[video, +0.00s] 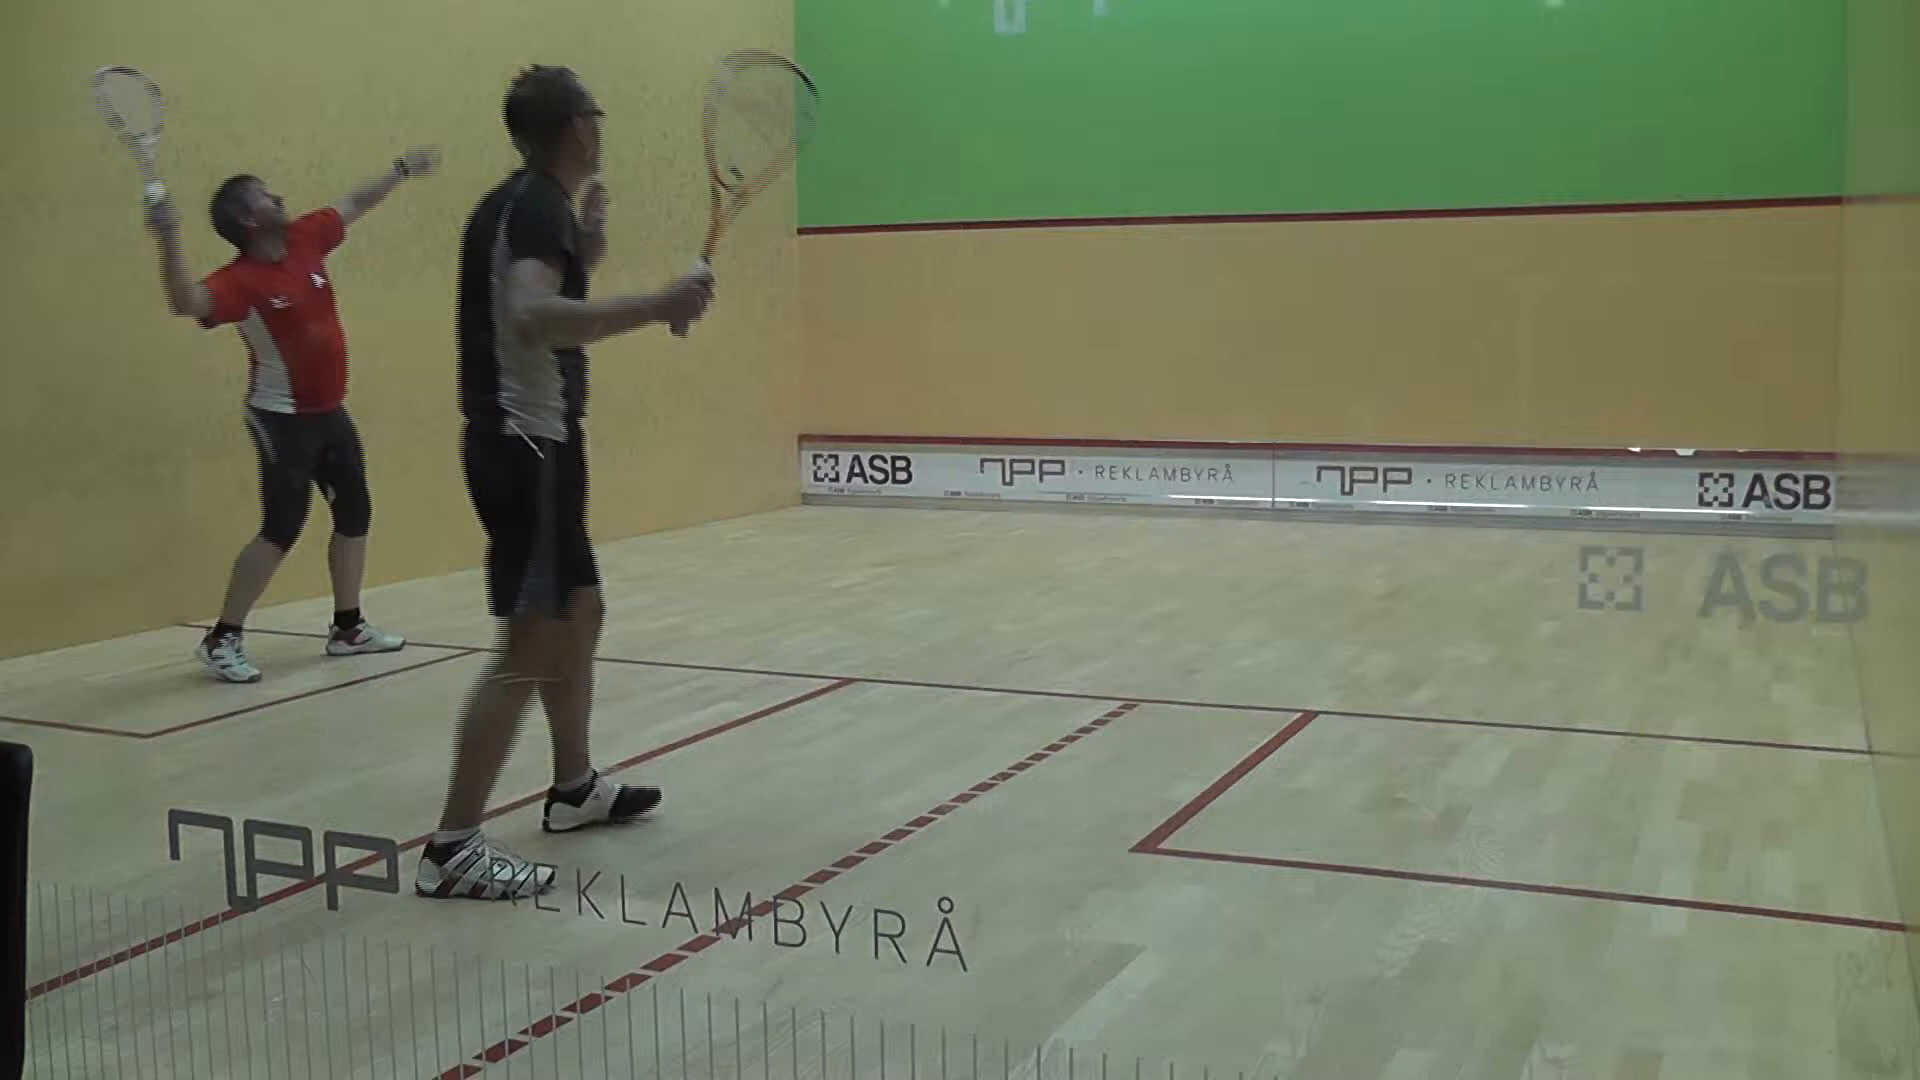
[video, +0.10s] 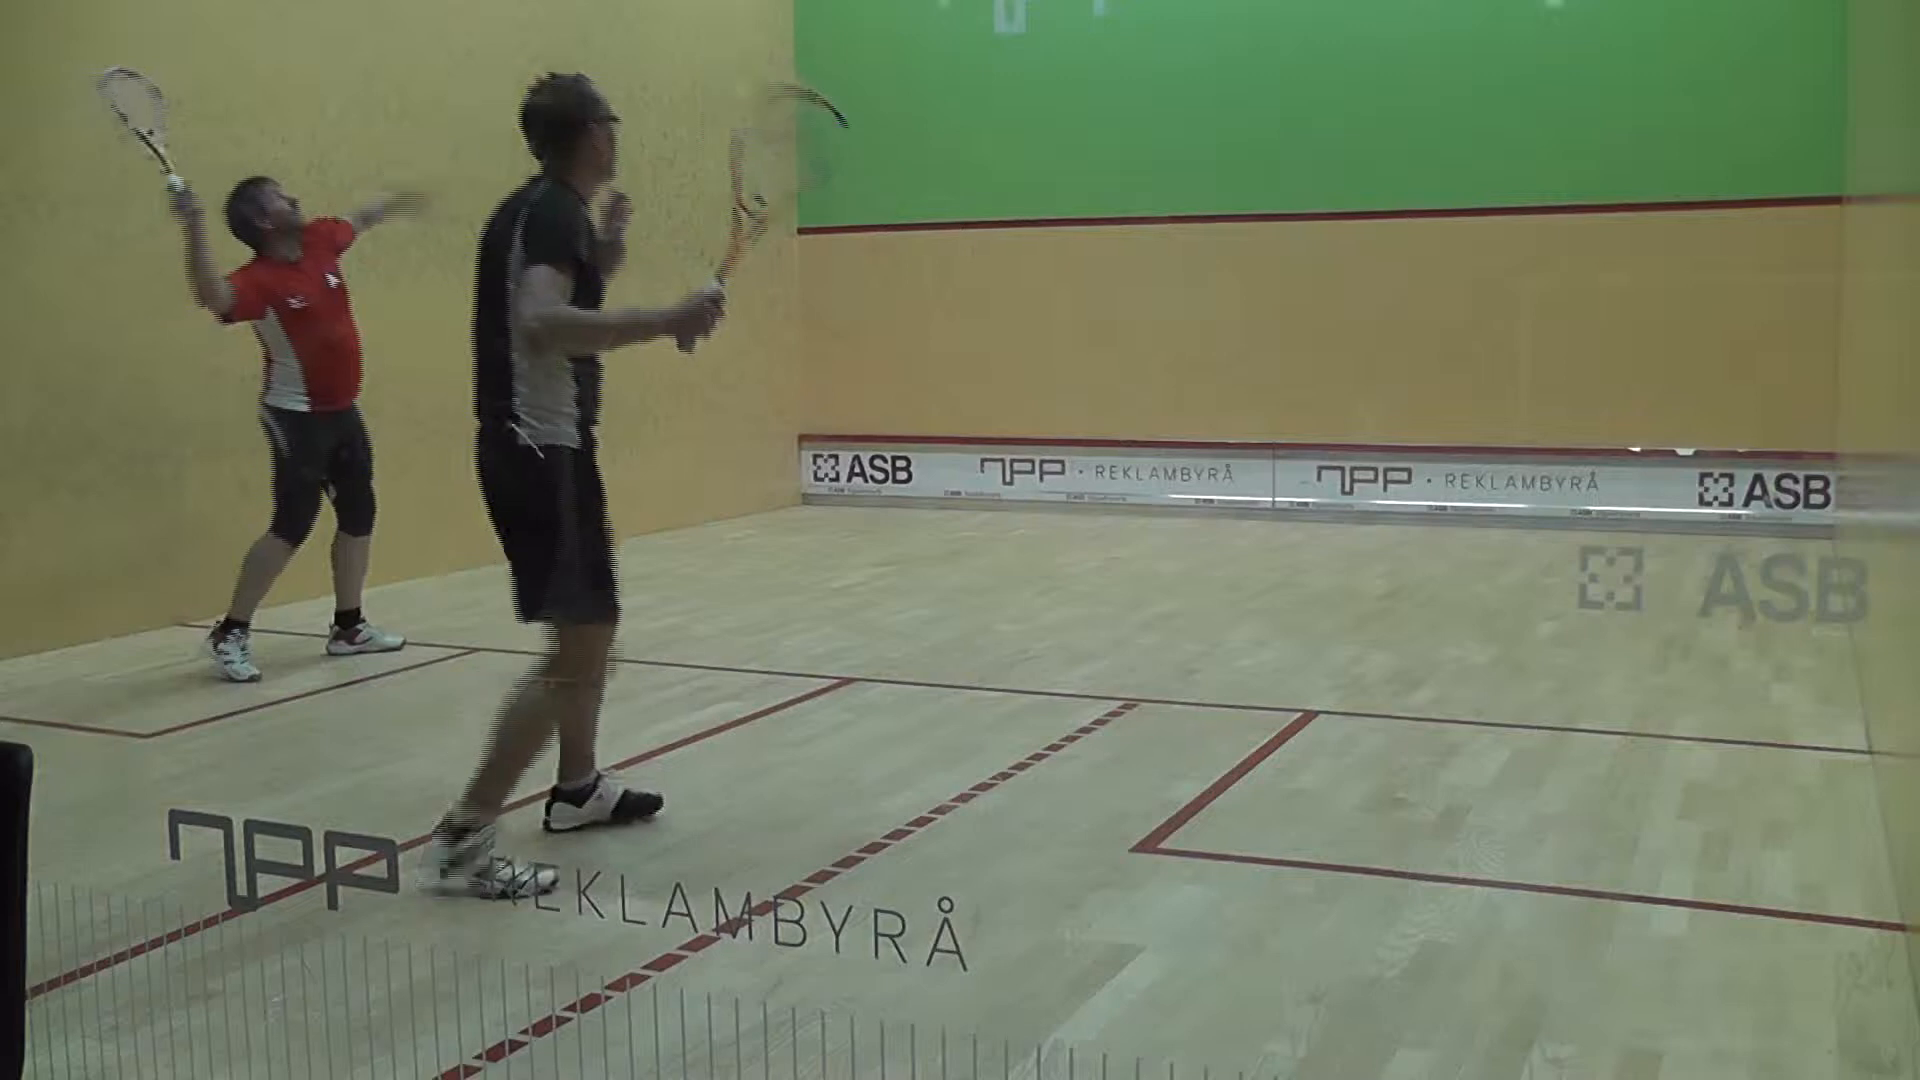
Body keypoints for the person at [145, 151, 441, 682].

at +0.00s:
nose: (276, 196)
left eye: (270, 191)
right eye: (264, 196)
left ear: (261, 215)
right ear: (247, 220)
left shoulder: (307, 237)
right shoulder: (241, 280)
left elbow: (355, 205)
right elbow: (185, 302)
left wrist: (399, 172)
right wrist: (168, 240)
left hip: (328, 412)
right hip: (279, 418)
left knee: (354, 511)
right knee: (282, 526)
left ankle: (348, 629)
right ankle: (223, 639)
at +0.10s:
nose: (293, 198)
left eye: (287, 192)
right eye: (280, 196)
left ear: (285, 213)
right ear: (261, 221)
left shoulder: (322, 239)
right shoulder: (261, 279)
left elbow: (358, 225)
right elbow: (214, 296)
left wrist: (394, 207)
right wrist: (195, 230)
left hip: (342, 411)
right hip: (294, 418)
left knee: (358, 514)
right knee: (291, 525)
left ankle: (348, 628)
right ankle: (230, 634)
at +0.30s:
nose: (341, 201)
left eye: (336, 193)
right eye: (331, 195)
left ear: (304, 212)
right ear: (311, 207)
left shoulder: (330, 258)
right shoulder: (306, 260)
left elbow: (340, 321)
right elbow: (355, 264)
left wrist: (388, 332)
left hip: (342, 400)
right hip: (315, 401)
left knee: (355, 512)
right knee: (314, 516)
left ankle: (348, 628)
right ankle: (242, 618)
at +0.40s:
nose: (357, 200)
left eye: (352, 191)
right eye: (347, 194)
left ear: (312, 217)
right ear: (327, 209)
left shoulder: (295, 267)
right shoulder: (351, 251)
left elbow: (321, 325)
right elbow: (427, 258)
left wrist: (376, 322)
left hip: (301, 395)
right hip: (336, 394)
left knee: (339, 515)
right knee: (336, 514)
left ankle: (348, 628)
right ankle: (261, 609)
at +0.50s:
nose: (372, 205)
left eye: (367, 196)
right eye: (364, 198)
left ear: (321, 218)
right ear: (353, 209)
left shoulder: (297, 269)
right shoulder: (384, 261)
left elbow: (294, 334)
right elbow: (422, 318)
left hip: (300, 393)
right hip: (346, 390)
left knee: (330, 510)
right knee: (353, 509)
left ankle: (346, 627)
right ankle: (282, 610)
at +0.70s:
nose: (407, 230)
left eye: (405, 221)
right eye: (403, 222)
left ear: (355, 226)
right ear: (391, 226)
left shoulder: (313, 265)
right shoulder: (407, 278)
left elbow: (280, 333)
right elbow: (404, 358)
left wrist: (332, 341)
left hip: (312, 391)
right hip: (364, 389)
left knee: (338, 511)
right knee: (378, 502)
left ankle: (342, 626)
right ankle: (366, 611)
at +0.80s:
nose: (417, 225)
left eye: (415, 215)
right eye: (412, 216)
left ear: (366, 222)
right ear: (394, 220)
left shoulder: (324, 265)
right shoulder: (412, 274)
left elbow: (290, 331)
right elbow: (433, 357)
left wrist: (319, 355)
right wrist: (430, 414)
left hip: (318, 394)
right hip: (368, 392)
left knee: (343, 508)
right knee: (404, 501)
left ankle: (345, 627)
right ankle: (407, 617)